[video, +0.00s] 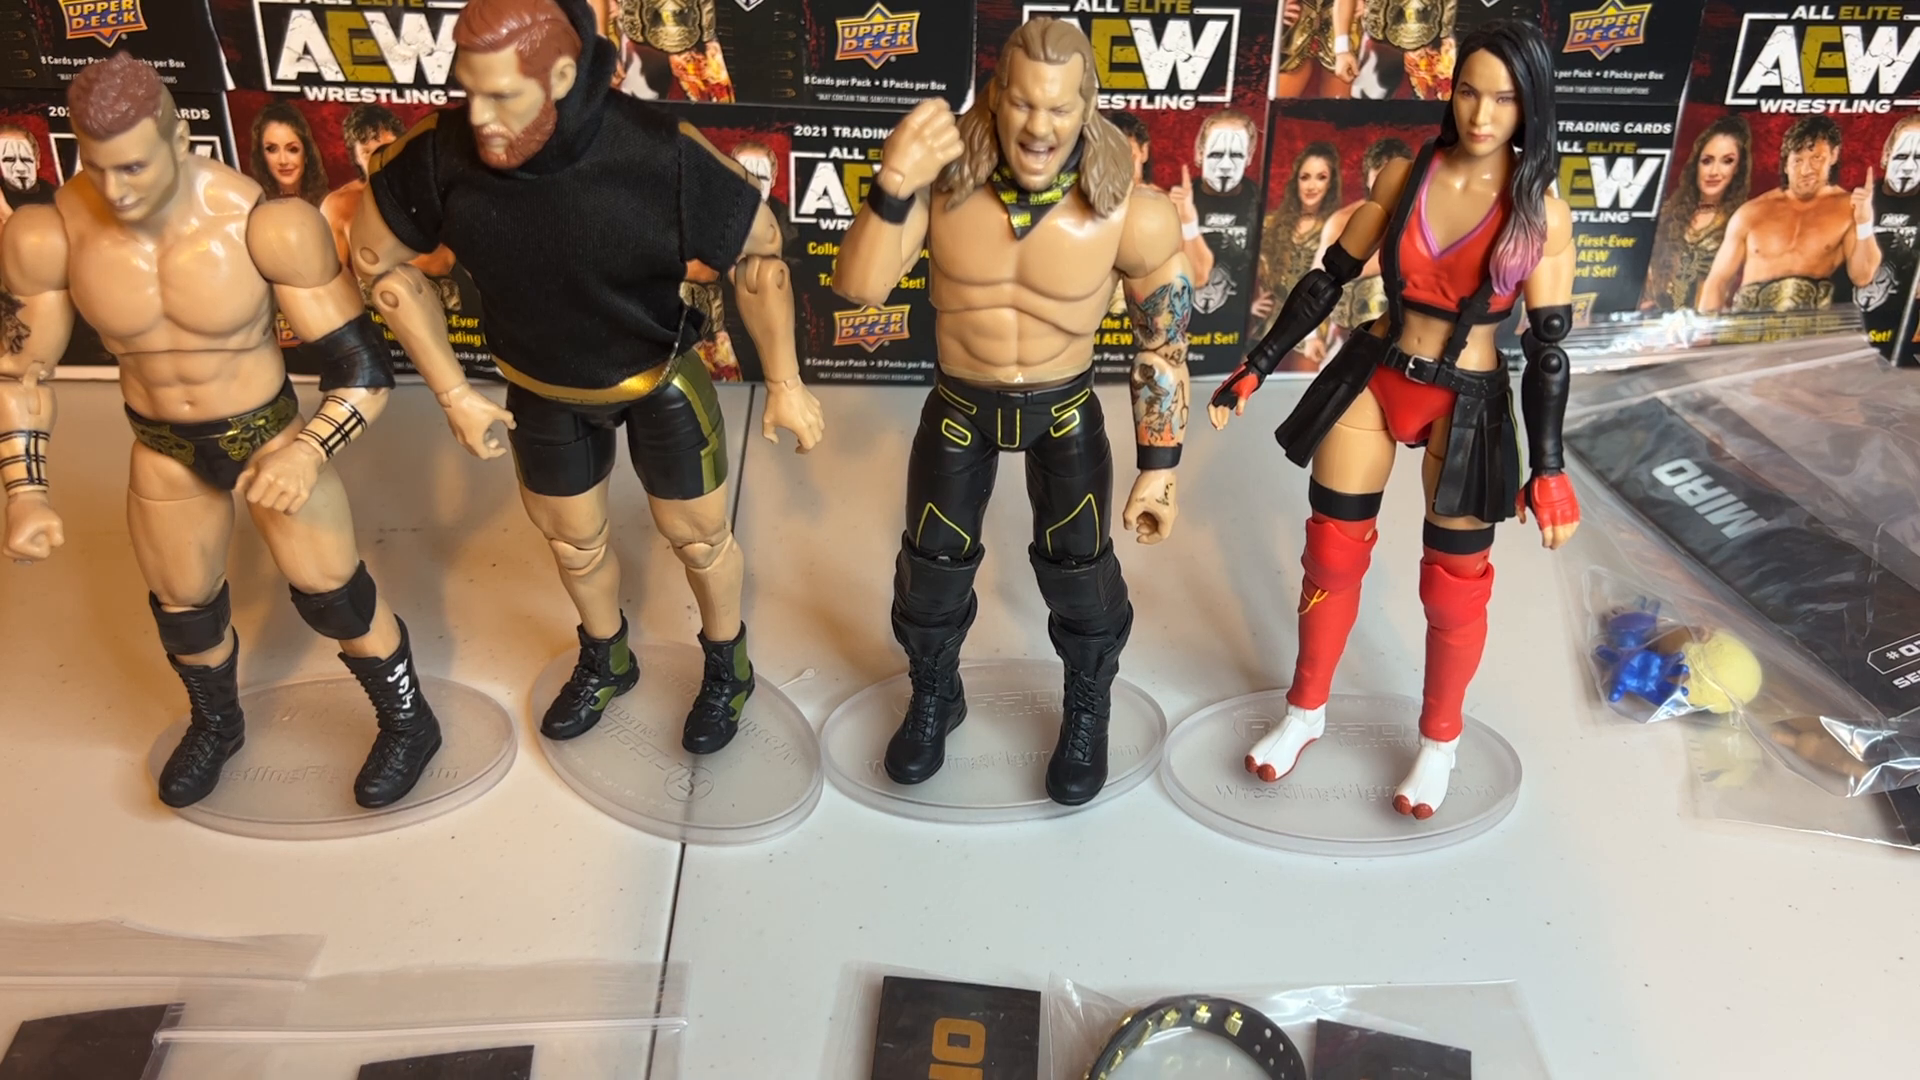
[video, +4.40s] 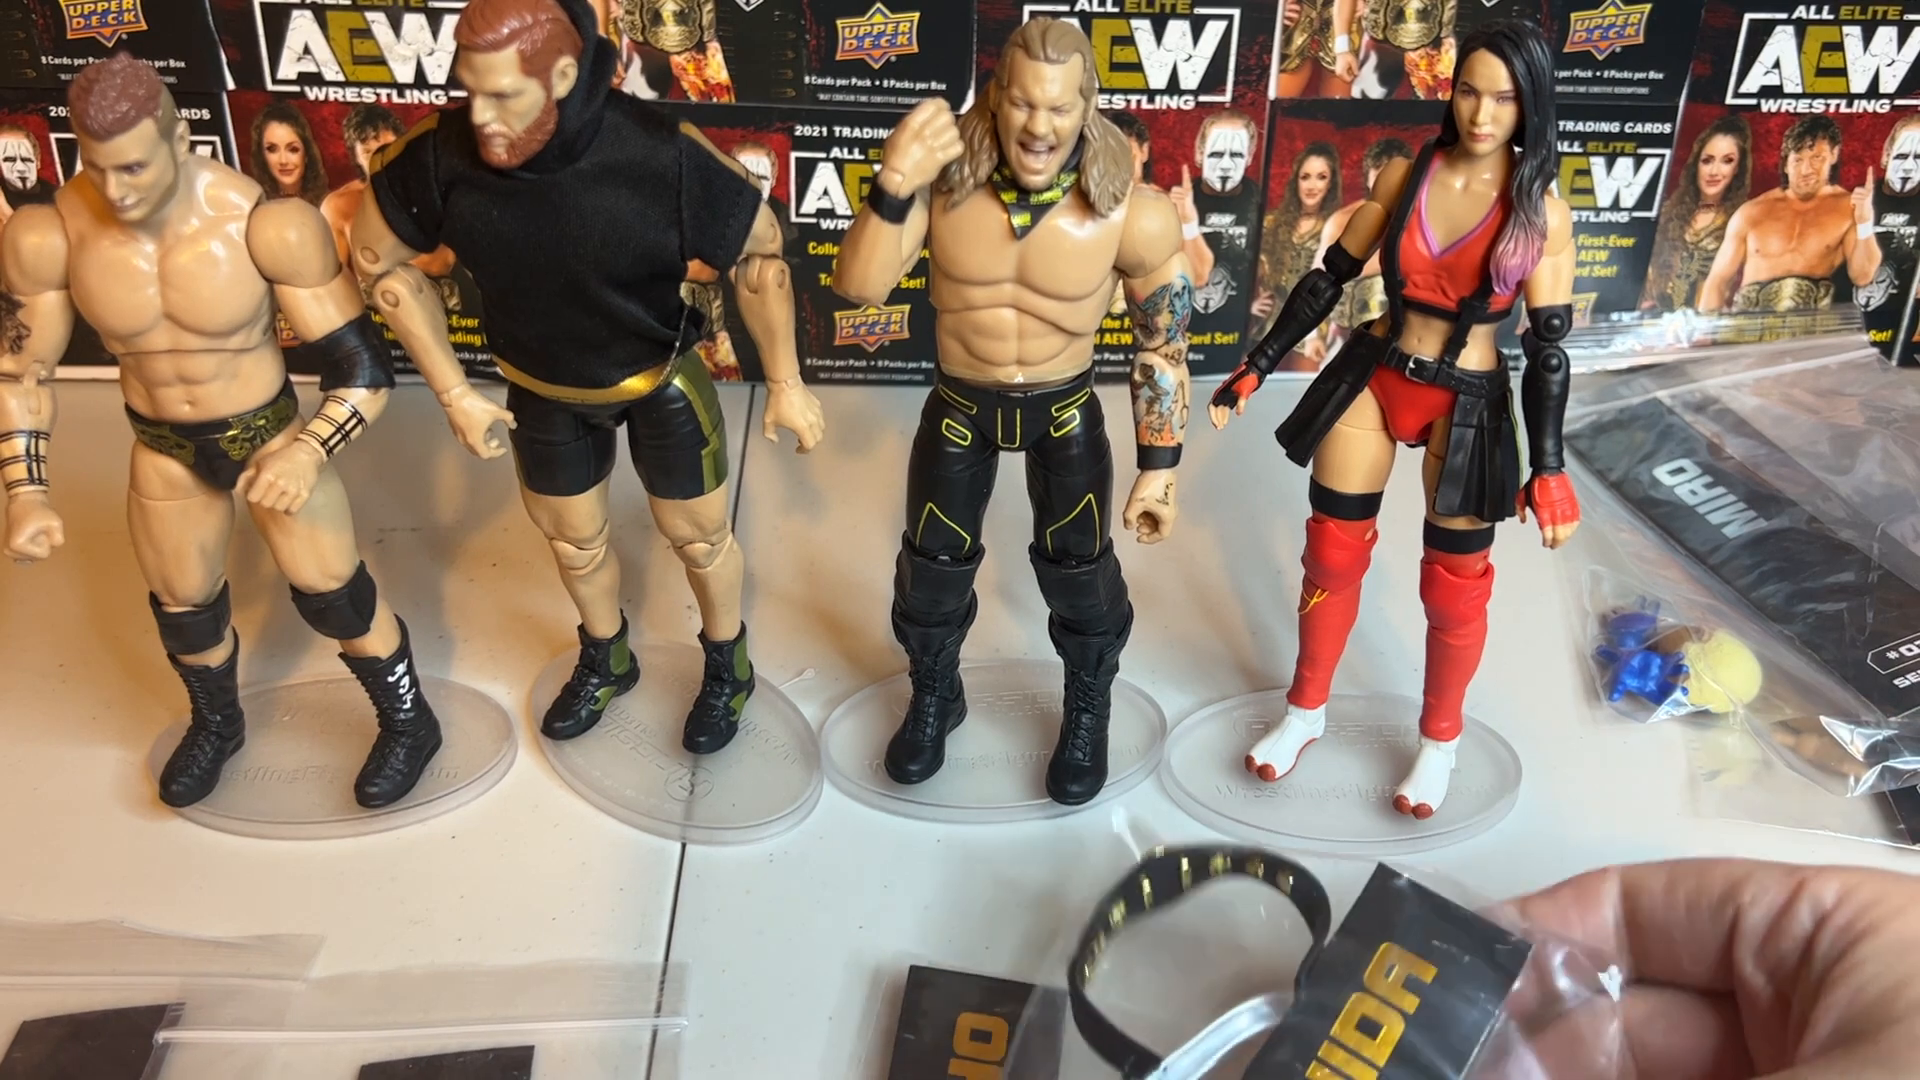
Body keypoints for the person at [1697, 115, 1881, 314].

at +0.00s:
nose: (1806, 169)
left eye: (1816, 158)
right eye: (1797, 160)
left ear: (1834, 156)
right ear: (1785, 163)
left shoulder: (1848, 207)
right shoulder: (1750, 213)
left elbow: (1862, 277)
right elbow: (1718, 281)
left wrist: (1864, 223)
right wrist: (1703, 336)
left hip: (1810, 316)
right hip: (1748, 314)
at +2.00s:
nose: (1806, 169)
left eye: (1817, 158)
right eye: (1798, 160)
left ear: (1834, 156)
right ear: (1785, 162)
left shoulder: (1848, 207)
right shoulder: (1750, 212)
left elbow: (1862, 277)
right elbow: (1718, 281)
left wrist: (1864, 224)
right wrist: (1704, 336)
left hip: (1810, 315)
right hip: (1748, 313)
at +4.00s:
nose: (1807, 169)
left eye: (1817, 158)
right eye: (1798, 160)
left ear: (1835, 156)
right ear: (1786, 162)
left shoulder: (1848, 207)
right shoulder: (1751, 212)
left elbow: (1862, 277)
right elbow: (1718, 281)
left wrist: (1865, 224)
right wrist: (1704, 334)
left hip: (1809, 314)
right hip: (1749, 311)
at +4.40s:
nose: (1806, 169)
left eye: (1816, 158)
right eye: (1797, 160)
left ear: (1834, 156)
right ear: (1785, 163)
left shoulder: (1848, 206)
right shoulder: (1750, 212)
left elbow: (1862, 277)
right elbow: (1718, 281)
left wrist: (1864, 222)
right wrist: (1703, 335)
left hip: (1810, 315)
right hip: (1749, 312)